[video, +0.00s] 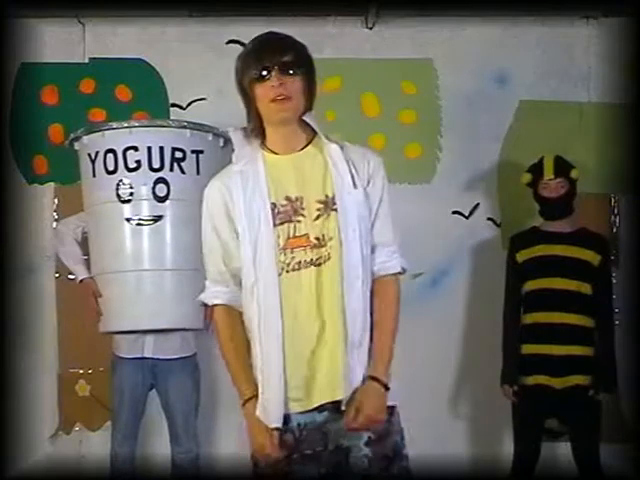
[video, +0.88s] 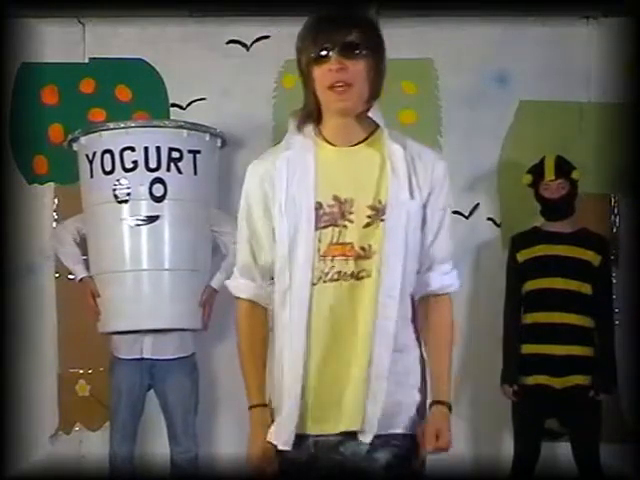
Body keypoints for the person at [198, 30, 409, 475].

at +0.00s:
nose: (279, 82)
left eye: (290, 69)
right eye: (263, 74)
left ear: (310, 82)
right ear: (248, 94)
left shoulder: (361, 167)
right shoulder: (226, 191)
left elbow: (386, 275)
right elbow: (223, 302)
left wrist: (377, 379)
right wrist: (251, 404)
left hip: (363, 404)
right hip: (282, 415)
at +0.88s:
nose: (338, 67)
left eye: (353, 52)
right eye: (323, 55)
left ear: (377, 67)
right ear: (307, 72)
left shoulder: (422, 169)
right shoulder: (269, 173)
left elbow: (435, 292)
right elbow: (251, 295)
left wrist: (440, 402)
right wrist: (259, 413)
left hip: (390, 421)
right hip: (297, 421)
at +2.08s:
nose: (284, 71)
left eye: (294, 54)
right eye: (286, 57)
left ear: (337, 54)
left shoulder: (430, 156)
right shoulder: (312, 157)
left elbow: (455, 306)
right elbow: (302, 286)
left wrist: (414, 432)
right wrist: (253, 359)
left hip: (387, 440)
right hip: (307, 428)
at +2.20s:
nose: (293, 78)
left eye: (298, 63)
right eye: (295, 64)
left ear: (323, 64)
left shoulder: (413, 147)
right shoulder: (319, 152)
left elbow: (445, 289)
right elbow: (308, 270)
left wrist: (413, 420)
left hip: (384, 432)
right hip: (312, 419)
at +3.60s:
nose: (292, 102)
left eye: (303, 89)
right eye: (291, 92)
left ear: (340, 95)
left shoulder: (387, 171)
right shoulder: (318, 185)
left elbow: (414, 280)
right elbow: (288, 270)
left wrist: (396, 396)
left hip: (380, 414)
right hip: (322, 410)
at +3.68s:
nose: (303, 102)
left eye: (316, 87)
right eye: (296, 93)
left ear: (351, 95)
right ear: (292, 107)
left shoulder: (397, 172)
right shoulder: (306, 191)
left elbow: (424, 284)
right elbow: (284, 291)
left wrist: (382, 383)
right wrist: (250, 368)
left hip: (391, 410)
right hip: (322, 412)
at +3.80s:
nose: (320, 106)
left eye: (332, 91)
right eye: (307, 96)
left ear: (359, 101)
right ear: (297, 111)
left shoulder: (411, 172)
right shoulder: (294, 196)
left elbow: (442, 276)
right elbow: (290, 305)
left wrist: (421, 364)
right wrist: (288, 391)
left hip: (403, 405)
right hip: (328, 410)